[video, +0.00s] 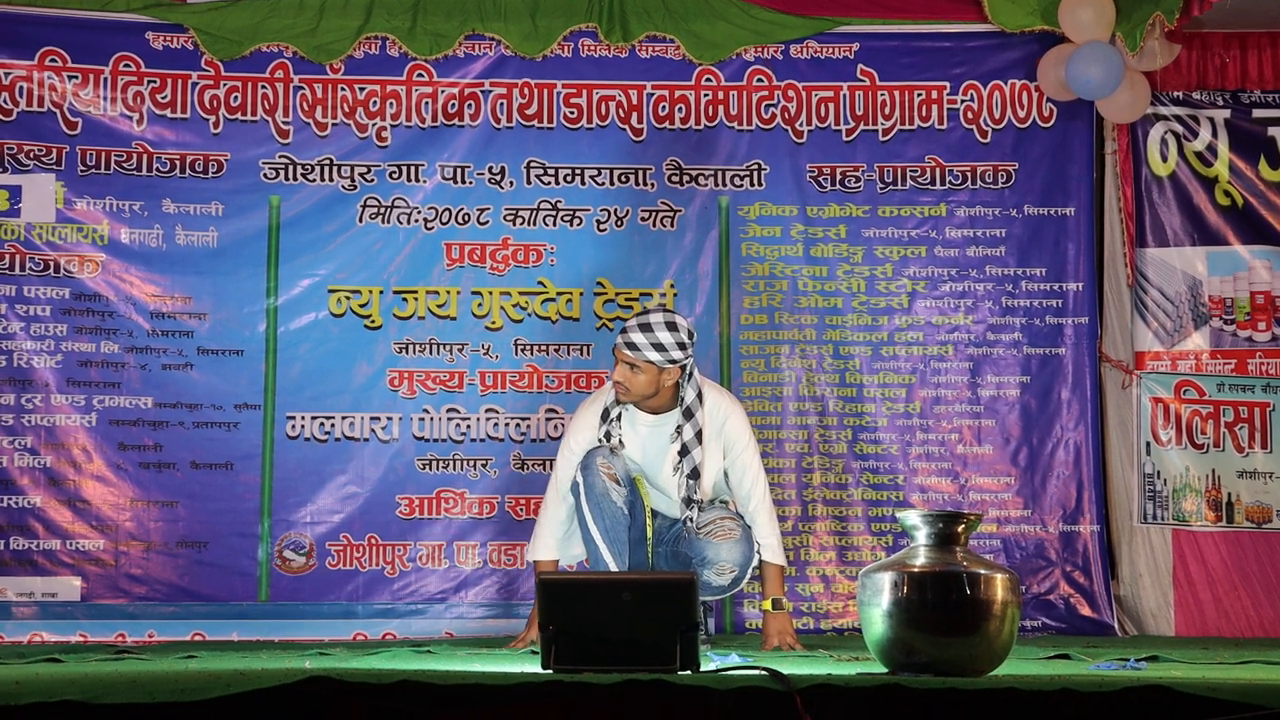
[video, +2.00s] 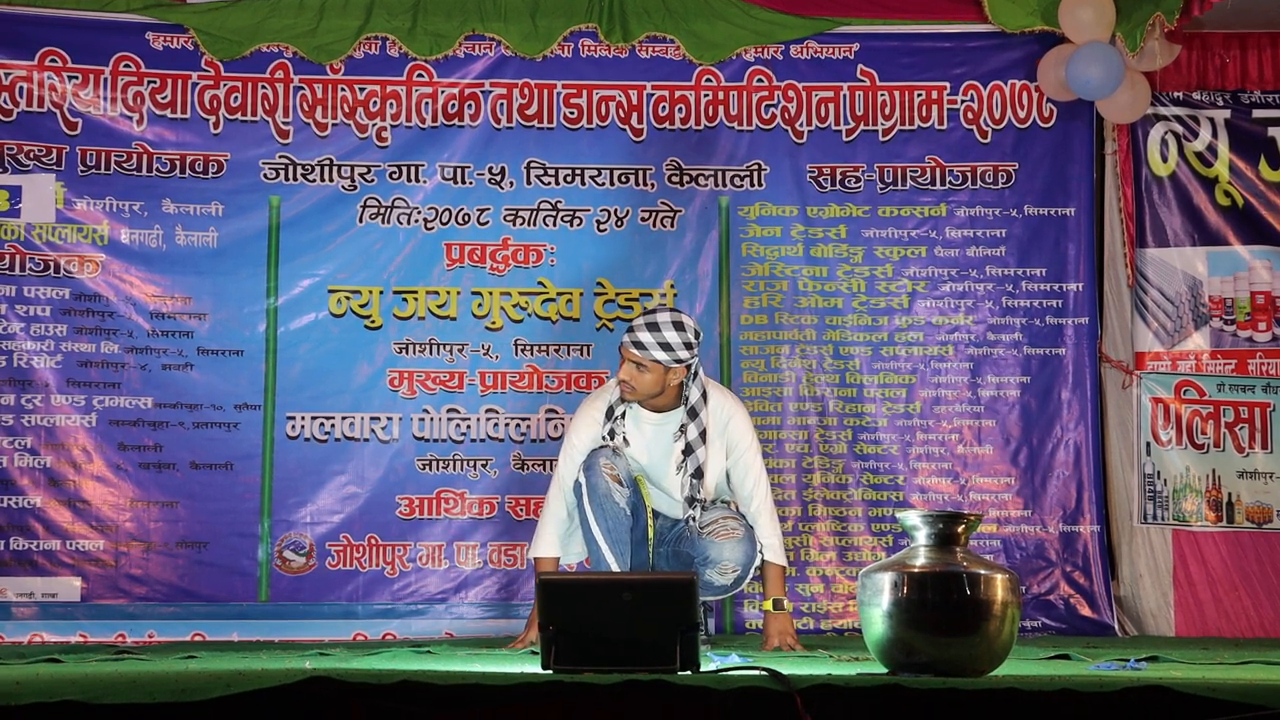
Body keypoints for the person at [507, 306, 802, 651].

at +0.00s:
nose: (616, 376)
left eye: (632, 369)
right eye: (616, 362)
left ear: (670, 374)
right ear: (615, 356)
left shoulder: (723, 413)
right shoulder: (595, 413)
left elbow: (759, 506)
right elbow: (556, 502)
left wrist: (776, 607)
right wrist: (542, 603)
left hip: (692, 537)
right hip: (629, 531)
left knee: (730, 549)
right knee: (599, 462)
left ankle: (688, 608)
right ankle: (620, 603)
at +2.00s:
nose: (622, 375)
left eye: (638, 368)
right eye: (622, 360)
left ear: (677, 374)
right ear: (620, 355)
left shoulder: (725, 413)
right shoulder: (598, 411)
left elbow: (760, 507)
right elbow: (558, 502)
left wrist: (777, 608)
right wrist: (542, 606)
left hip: (691, 539)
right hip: (629, 531)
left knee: (733, 548)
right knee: (601, 463)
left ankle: (687, 611)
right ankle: (621, 607)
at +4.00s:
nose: (624, 374)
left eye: (640, 367)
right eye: (625, 360)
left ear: (679, 373)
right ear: (622, 355)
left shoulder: (728, 414)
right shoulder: (601, 411)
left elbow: (763, 508)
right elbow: (559, 505)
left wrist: (777, 609)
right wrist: (542, 607)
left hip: (692, 540)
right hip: (630, 531)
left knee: (734, 545)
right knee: (604, 462)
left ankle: (690, 610)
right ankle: (619, 606)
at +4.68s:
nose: (623, 355)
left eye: (640, 346)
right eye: (624, 341)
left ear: (676, 357)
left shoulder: (726, 410)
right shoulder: (602, 404)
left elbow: (761, 503)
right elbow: (560, 495)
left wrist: (776, 604)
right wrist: (530, 590)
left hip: (693, 542)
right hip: (630, 532)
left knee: (734, 545)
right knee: (599, 461)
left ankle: (688, 613)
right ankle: (621, 605)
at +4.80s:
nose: (625, 350)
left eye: (641, 340)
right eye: (627, 336)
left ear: (679, 351)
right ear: (625, 336)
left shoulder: (728, 408)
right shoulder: (603, 402)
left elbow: (761, 502)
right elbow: (562, 498)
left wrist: (776, 602)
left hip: (695, 541)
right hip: (629, 534)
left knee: (731, 539)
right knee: (601, 462)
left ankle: (691, 614)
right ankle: (618, 605)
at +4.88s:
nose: (627, 347)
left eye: (642, 338)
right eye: (627, 334)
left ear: (680, 350)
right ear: (625, 336)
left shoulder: (728, 409)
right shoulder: (603, 401)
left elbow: (761, 505)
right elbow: (558, 497)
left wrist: (777, 605)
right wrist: (480, 503)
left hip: (693, 536)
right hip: (633, 532)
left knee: (734, 542)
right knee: (604, 461)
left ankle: (681, 614)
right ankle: (623, 607)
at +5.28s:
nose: (630, 346)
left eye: (647, 338)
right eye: (631, 333)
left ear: (684, 351)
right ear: (628, 334)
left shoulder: (727, 411)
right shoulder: (603, 399)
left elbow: (762, 505)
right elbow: (559, 492)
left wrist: (778, 607)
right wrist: (497, 472)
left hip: (695, 534)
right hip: (634, 530)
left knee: (736, 555)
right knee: (605, 463)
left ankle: (679, 611)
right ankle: (627, 607)